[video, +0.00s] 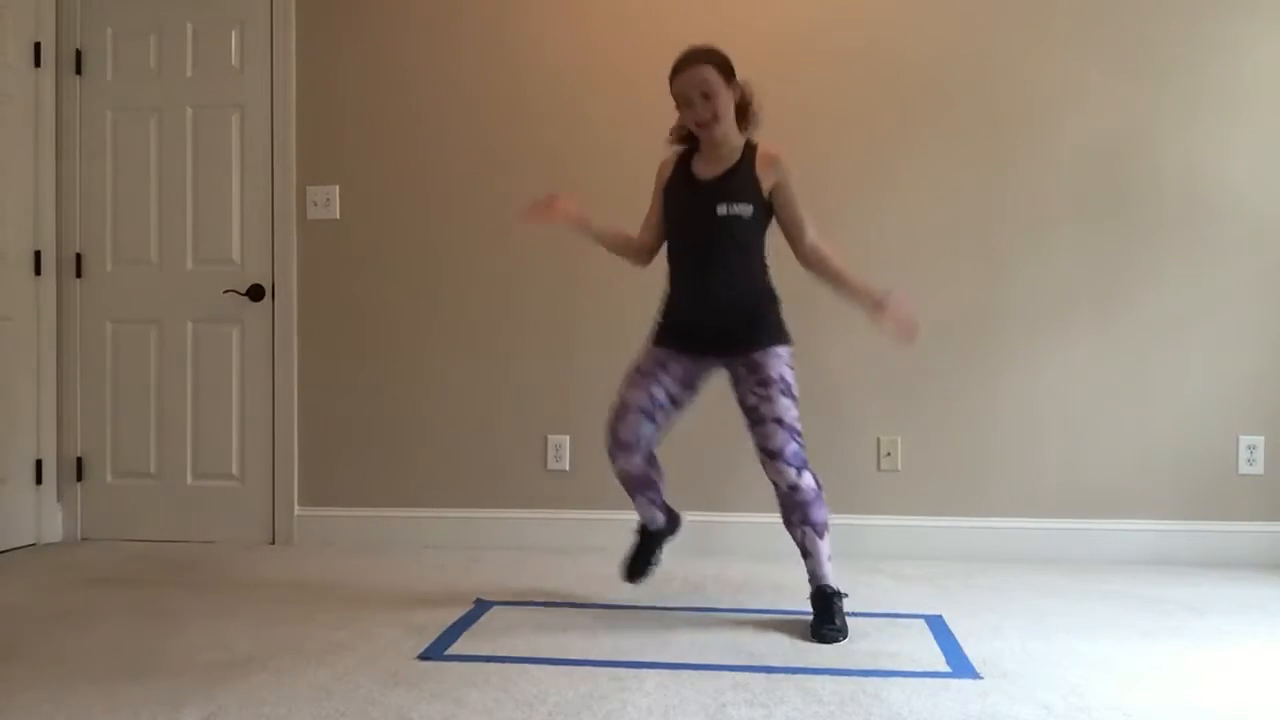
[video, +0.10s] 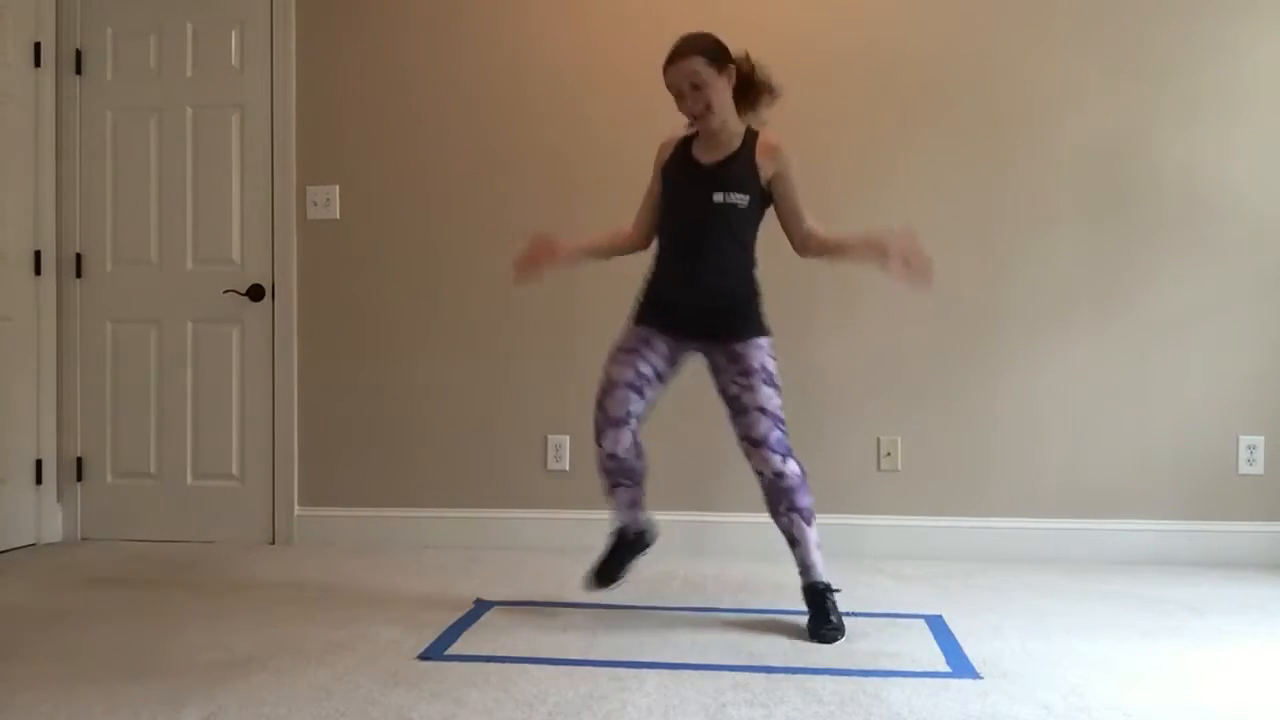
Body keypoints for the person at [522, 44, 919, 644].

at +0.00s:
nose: (697, 109)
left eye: (705, 95)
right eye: (685, 101)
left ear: (733, 92)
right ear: (676, 108)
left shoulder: (766, 165)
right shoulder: (673, 168)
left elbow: (808, 250)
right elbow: (642, 250)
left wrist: (874, 300)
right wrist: (582, 222)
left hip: (754, 333)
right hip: (682, 332)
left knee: (783, 457)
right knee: (625, 438)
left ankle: (823, 588)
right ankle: (657, 522)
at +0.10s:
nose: (688, 101)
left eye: (697, 86)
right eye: (678, 92)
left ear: (729, 78)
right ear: (673, 96)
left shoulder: (766, 153)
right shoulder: (674, 151)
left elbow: (805, 240)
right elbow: (639, 235)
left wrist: (879, 246)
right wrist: (568, 249)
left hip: (734, 322)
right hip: (662, 317)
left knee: (768, 451)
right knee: (615, 408)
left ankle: (815, 585)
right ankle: (631, 528)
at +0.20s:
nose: (680, 105)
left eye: (688, 90)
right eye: (670, 95)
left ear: (722, 83)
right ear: (666, 100)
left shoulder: (757, 160)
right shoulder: (659, 158)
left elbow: (784, 248)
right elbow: (624, 241)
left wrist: (821, 194)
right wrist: (575, 302)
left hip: (704, 325)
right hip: (630, 316)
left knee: (748, 454)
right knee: (592, 447)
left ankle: (800, 582)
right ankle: (582, 569)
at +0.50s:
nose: (666, 87)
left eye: (676, 76)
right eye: (653, 78)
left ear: (694, 84)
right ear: (635, 87)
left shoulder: (707, 160)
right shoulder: (613, 151)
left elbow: (736, 253)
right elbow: (570, 233)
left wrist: (814, 264)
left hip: (688, 323)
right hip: (617, 324)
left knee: (737, 442)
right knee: (592, 456)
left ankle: (771, 569)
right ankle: (570, 590)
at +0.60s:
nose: (667, 93)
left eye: (677, 82)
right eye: (654, 84)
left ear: (694, 91)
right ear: (635, 93)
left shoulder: (711, 161)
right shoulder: (612, 161)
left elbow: (742, 253)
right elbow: (576, 241)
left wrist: (793, 314)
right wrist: (544, 180)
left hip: (707, 321)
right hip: (635, 324)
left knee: (757, 433)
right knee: (604, 452)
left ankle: (764, 538)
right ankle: (573, 588)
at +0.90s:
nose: (704, 152)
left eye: (715, 141)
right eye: (692, 143)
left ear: (731, 146)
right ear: (676, 151)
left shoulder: (754, 209)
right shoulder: (658, 212)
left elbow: (782, 294)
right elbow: (634, 291)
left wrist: (831, 357)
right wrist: (610, 224)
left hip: (751, 356)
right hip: (683, 357)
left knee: (773, 465)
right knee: (636, 465)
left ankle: (767, 560)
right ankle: (587, 582)